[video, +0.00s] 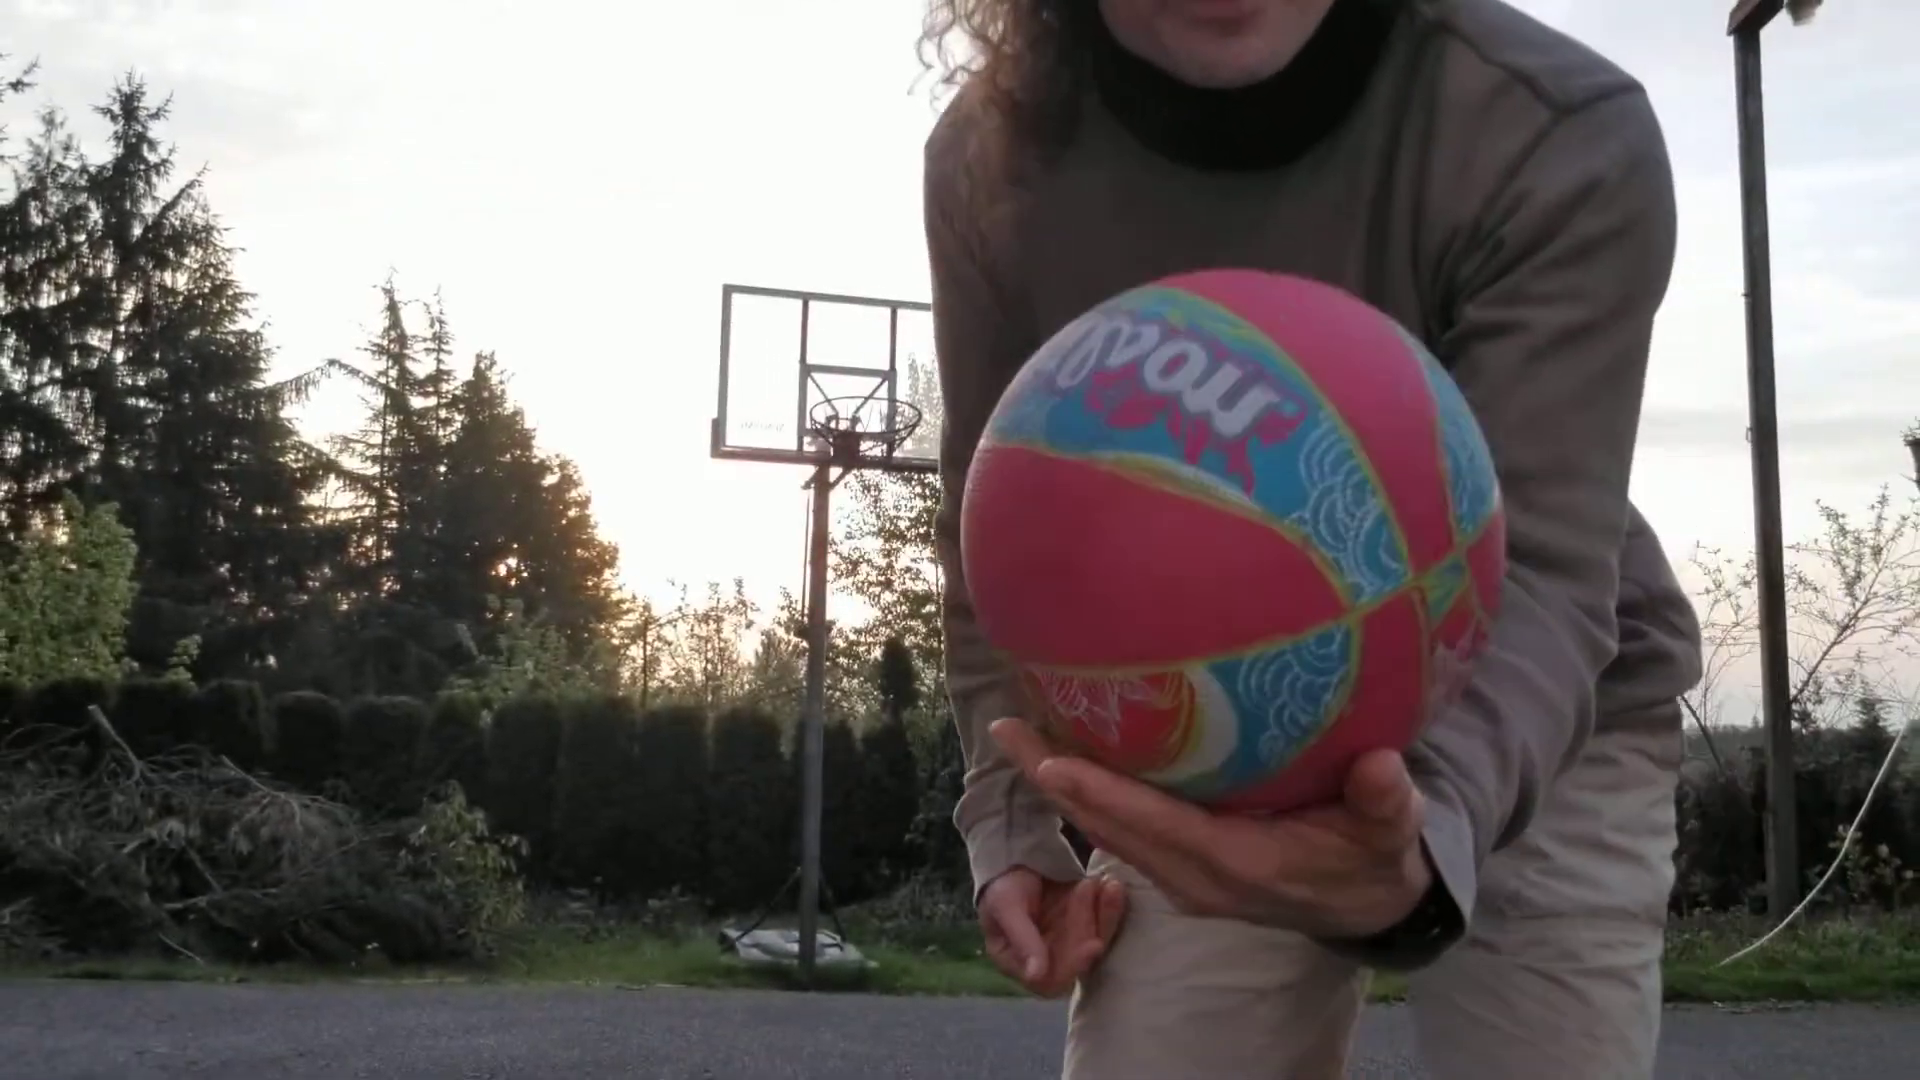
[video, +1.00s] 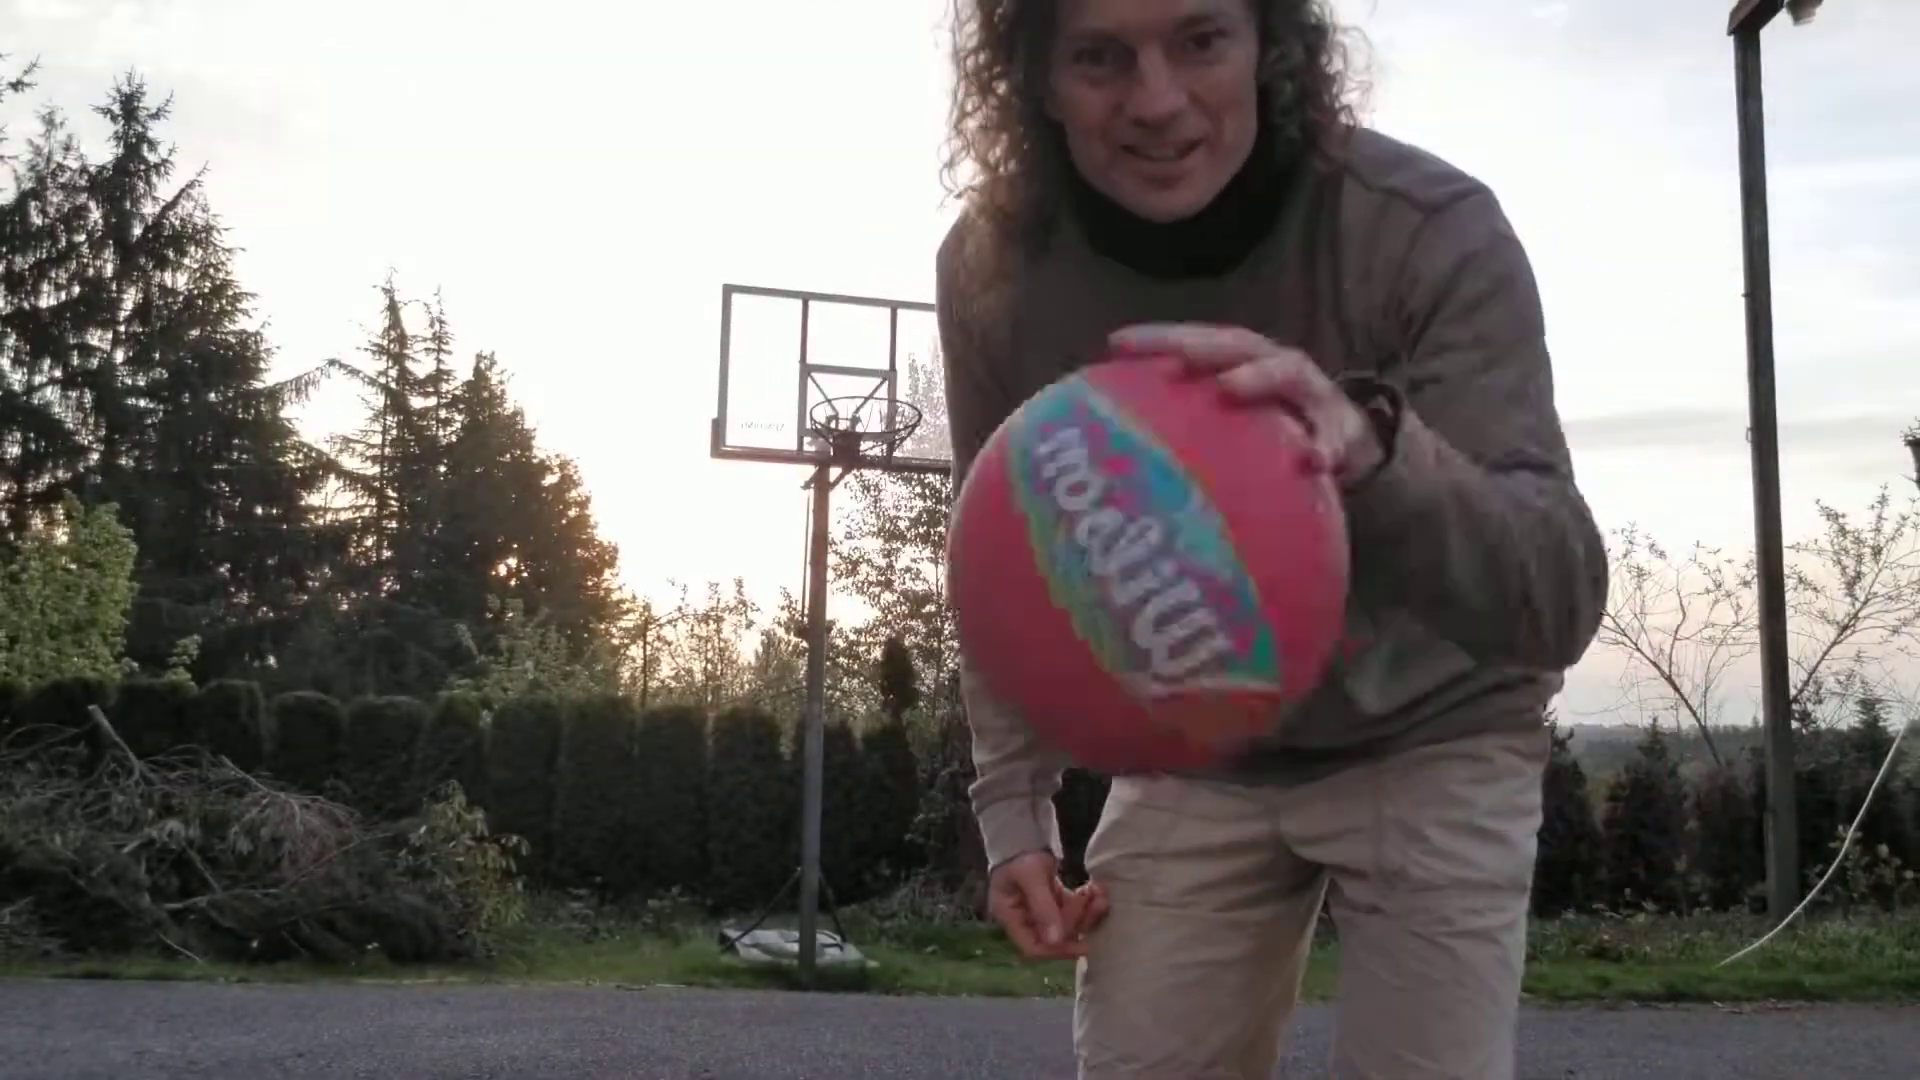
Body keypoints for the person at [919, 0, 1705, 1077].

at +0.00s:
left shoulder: (1558, 138)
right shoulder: (996, 157)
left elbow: (1552, 567)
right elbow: (996, 550)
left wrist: (1430, 832)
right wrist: (1019, 829)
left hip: (1535, 718)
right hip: (1187, 720)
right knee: (1141, 1052)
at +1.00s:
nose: (1158, 105)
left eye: (1201, 41)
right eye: (1100, 58)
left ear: (1272, 43)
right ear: (1036, 79)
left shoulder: (1428, 231)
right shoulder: (998, 264)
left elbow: (1557, 595)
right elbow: (1002, 567)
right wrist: (1015, 812)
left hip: (1438, 751)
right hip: (1184, 763)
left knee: (1427, 1058)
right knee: (1137, 1057)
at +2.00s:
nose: (1166, 246)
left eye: (1196, 206)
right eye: (1132, 216)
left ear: (1270, 181)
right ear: (1101, 216)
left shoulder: (1415, 299)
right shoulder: (1094, 395)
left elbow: (1535, 526)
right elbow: (1059, 638)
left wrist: (1575, 713)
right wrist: (1025, 802)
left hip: (1438, 800)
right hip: (1225, 813)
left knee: (1491, 1065)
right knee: (1202, 1065)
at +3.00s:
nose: (1190, 207)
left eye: (1218, 171)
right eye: (1156, 178)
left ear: (1264, 175)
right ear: (1108, 192)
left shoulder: (1370, 316)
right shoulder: (1058, 368)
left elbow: (1444, 537)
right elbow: (1050, 598)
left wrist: (1485, 728)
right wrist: (1033, 623)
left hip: (1354, 791)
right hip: (1149, 798)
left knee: (1396, 1063)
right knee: (1115, 1063)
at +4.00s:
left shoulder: (1382, 85)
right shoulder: (971, 182)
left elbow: (1476, 377)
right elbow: (872, 484)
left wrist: (1597, 571)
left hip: (1395, 728)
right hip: (1117, 744)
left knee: (1486, 1060)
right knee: (1085, 1057)